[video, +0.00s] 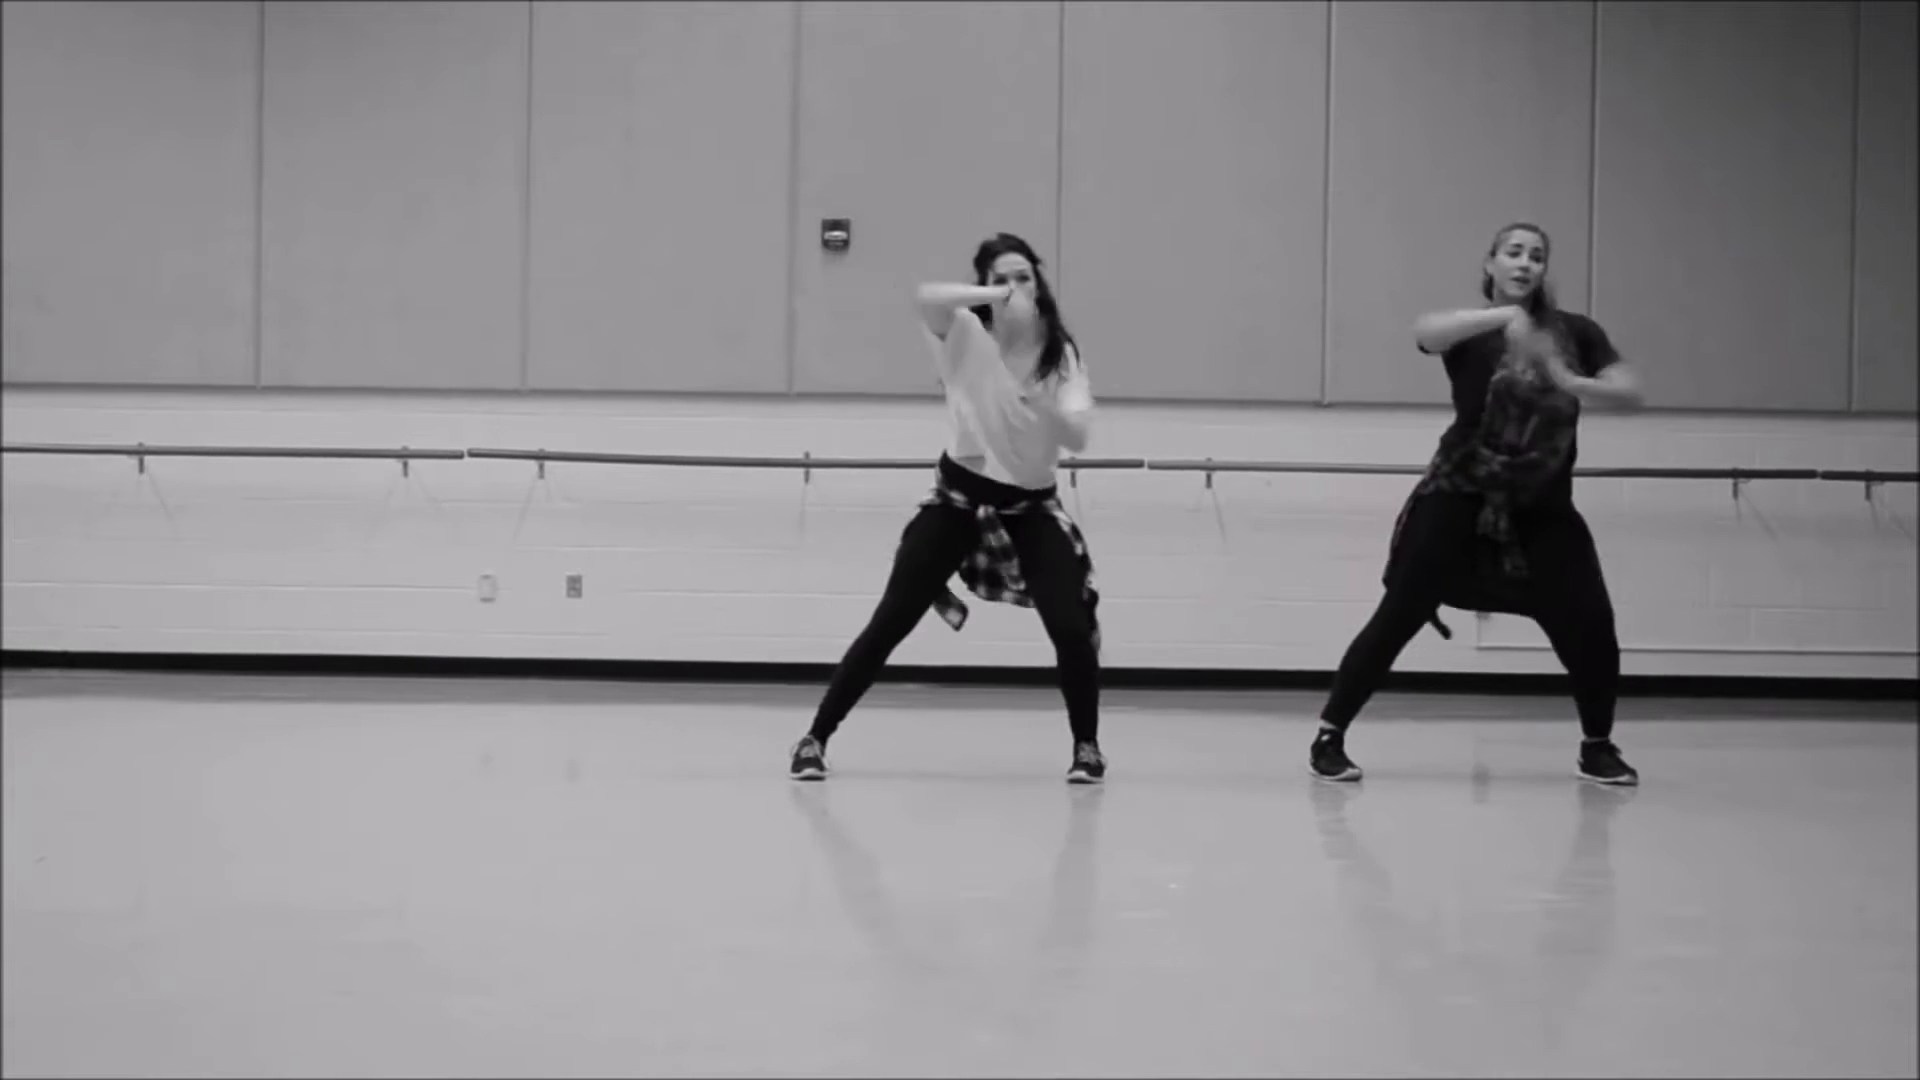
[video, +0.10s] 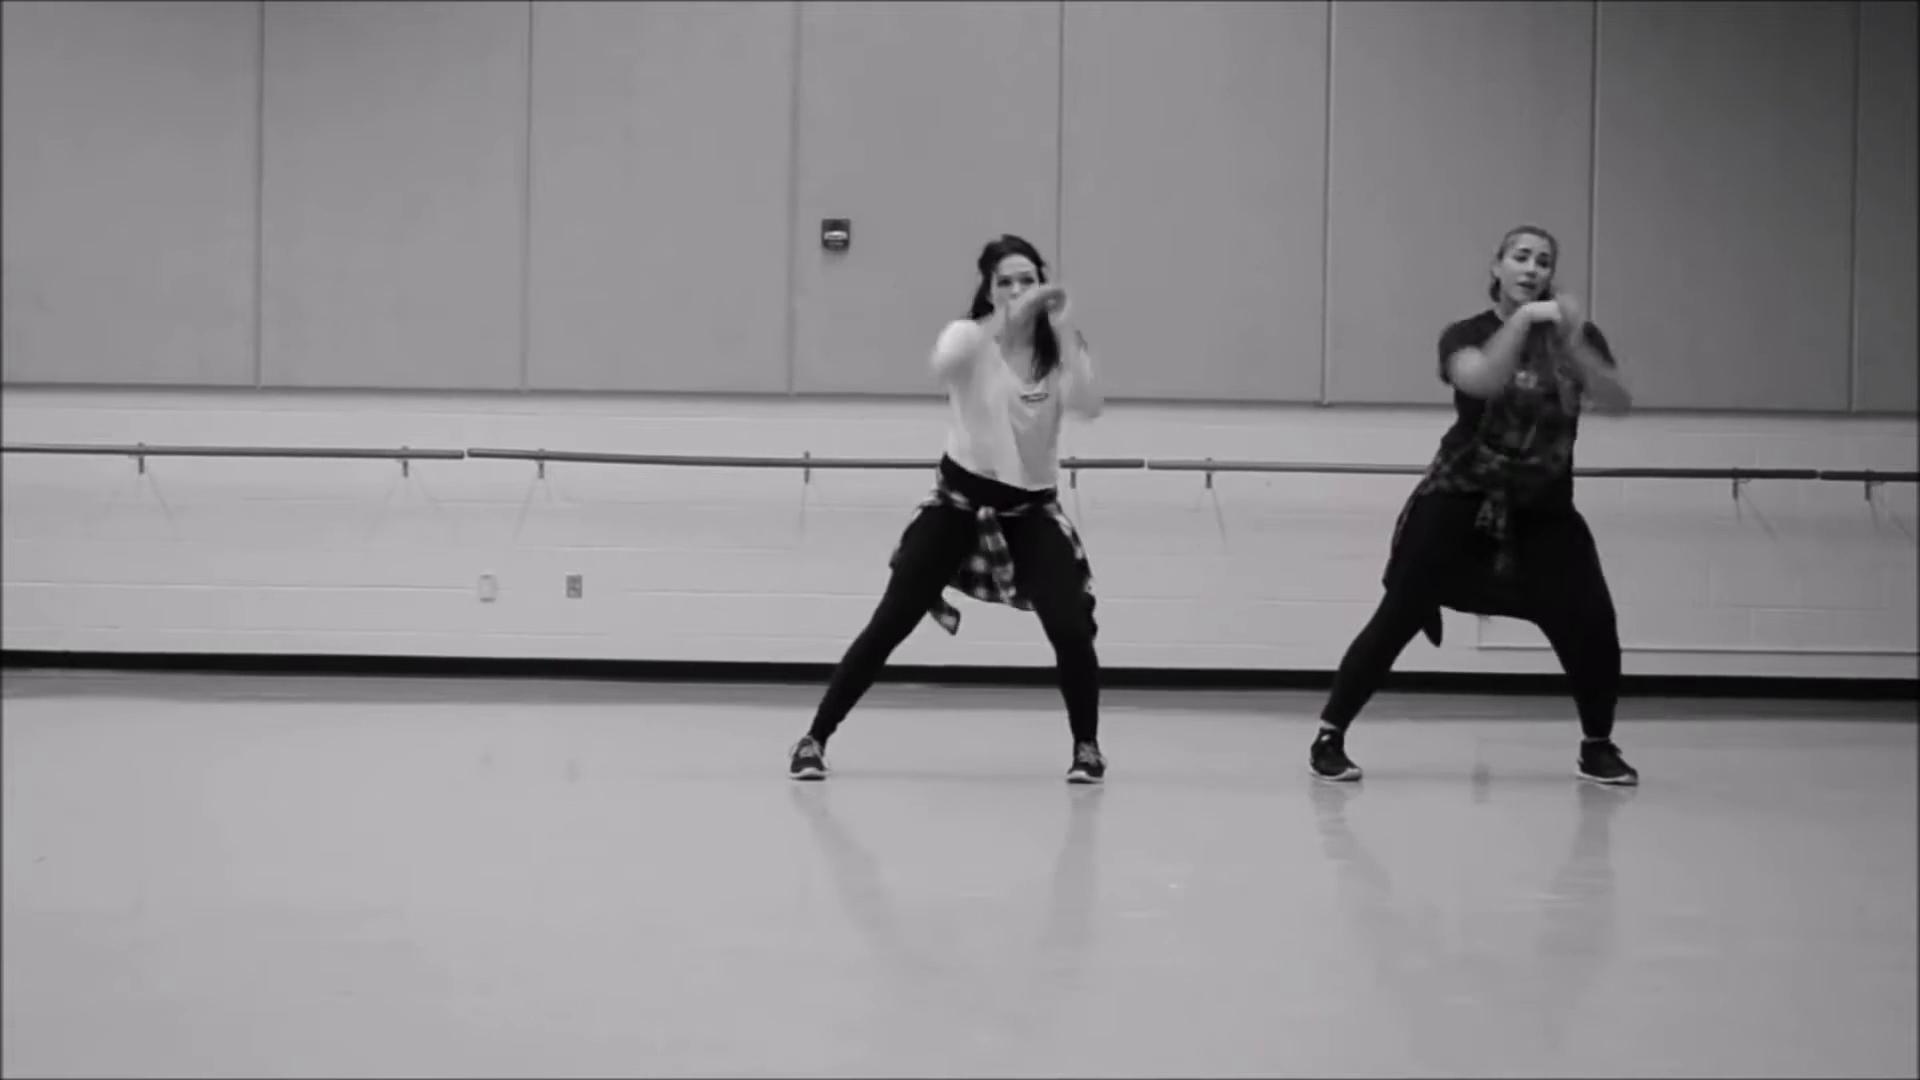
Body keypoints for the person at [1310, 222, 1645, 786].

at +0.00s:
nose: (1525, 262)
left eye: (1536, 256)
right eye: (1513, 253)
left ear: (1546, 271)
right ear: (1489, 265)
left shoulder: (1575, 332)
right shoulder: (1472, 331)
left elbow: (1632, 390)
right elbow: (1426, 333)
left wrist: (1568, 382)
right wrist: (1505, 317)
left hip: (1543, 506)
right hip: (1458, 500)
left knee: (1592, 628)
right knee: (1400, 616)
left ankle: (1598, 747)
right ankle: (1328, 736)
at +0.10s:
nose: (1533, 268)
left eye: (1543, 263)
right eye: (1521, 258)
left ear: (1555, 278)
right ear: (1496, 269)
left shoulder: (1578, 340)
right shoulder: (1466, 336)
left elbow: (1617, 402)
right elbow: (1481, 380)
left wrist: (1573, 344)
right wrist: (1522, 319)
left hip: (1543, 510)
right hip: (1459, 505)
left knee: (1593, 625)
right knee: (1401, 615)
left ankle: (1598, 747)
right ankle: (1329, 736)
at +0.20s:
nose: (1538, 270)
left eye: (1550, 264)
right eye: (1527, 259)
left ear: (1559, 279)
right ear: (1502, 271)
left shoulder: (1578, 339)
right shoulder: (1473, 346)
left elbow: (1656, 343)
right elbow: (1511, 414)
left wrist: (1585, 315)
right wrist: (1548, 347)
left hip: (1542, 509)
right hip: (1459, 501)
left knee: (1590, 621)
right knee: (1399, 614)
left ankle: (1597, 747)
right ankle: (1328, 738)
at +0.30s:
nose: (1544, 270)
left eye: (1555, 264)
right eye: (1532, 259)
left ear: (1564, 279)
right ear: (1507, 271)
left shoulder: (1581, 330)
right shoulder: (1478, 347)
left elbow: (1677, 317)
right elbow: (1483, 418)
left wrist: (1609, 339)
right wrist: (1554, 377)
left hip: (1543, 509)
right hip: (1459, 502)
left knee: (1590, 625)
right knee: (1399, 616)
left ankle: (1597, 746)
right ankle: (1329, 737)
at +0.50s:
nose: (1550, 272)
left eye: (1560, 266)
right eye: (1538, 262)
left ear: (1569, 280)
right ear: (1513, 273)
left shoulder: (1591, 342)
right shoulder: (1487, 334)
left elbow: (1682, 373)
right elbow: (1456, 368)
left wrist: (1627, 395)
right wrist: (1542, 382)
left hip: (1544, 510)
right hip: (1461, 501)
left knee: (1594, 623)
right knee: (1398, 617)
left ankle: (1597, 747)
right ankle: (1330, 737)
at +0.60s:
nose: (1590, 285)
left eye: (1593, 275)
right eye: (1581, 273)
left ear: (1561, 278)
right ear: (1543, 274)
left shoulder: (1593, 342)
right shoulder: (1492, 331)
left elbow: (1683, 369)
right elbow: (1459, 365)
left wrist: (1625, 393)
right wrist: (1543, 377)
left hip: (1542, 511)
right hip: (1460, 501)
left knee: (1593, 621)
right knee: (1398, 617)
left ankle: (1596, 747)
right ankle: (1330, 737)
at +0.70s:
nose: (1593, 287)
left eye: (1595, 278)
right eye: (1585, 275)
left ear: (1578, 280)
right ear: (1548, 273)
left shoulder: (1594, 341)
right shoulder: (1490, 330)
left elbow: (1681, 370)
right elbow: (1468, 364)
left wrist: (1629, 393)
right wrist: (1550, 380)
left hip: (1541, 509)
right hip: (1459, 500)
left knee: (1594, 619)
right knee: (1398, 617)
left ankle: (1596, 747)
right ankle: (1330, 737)